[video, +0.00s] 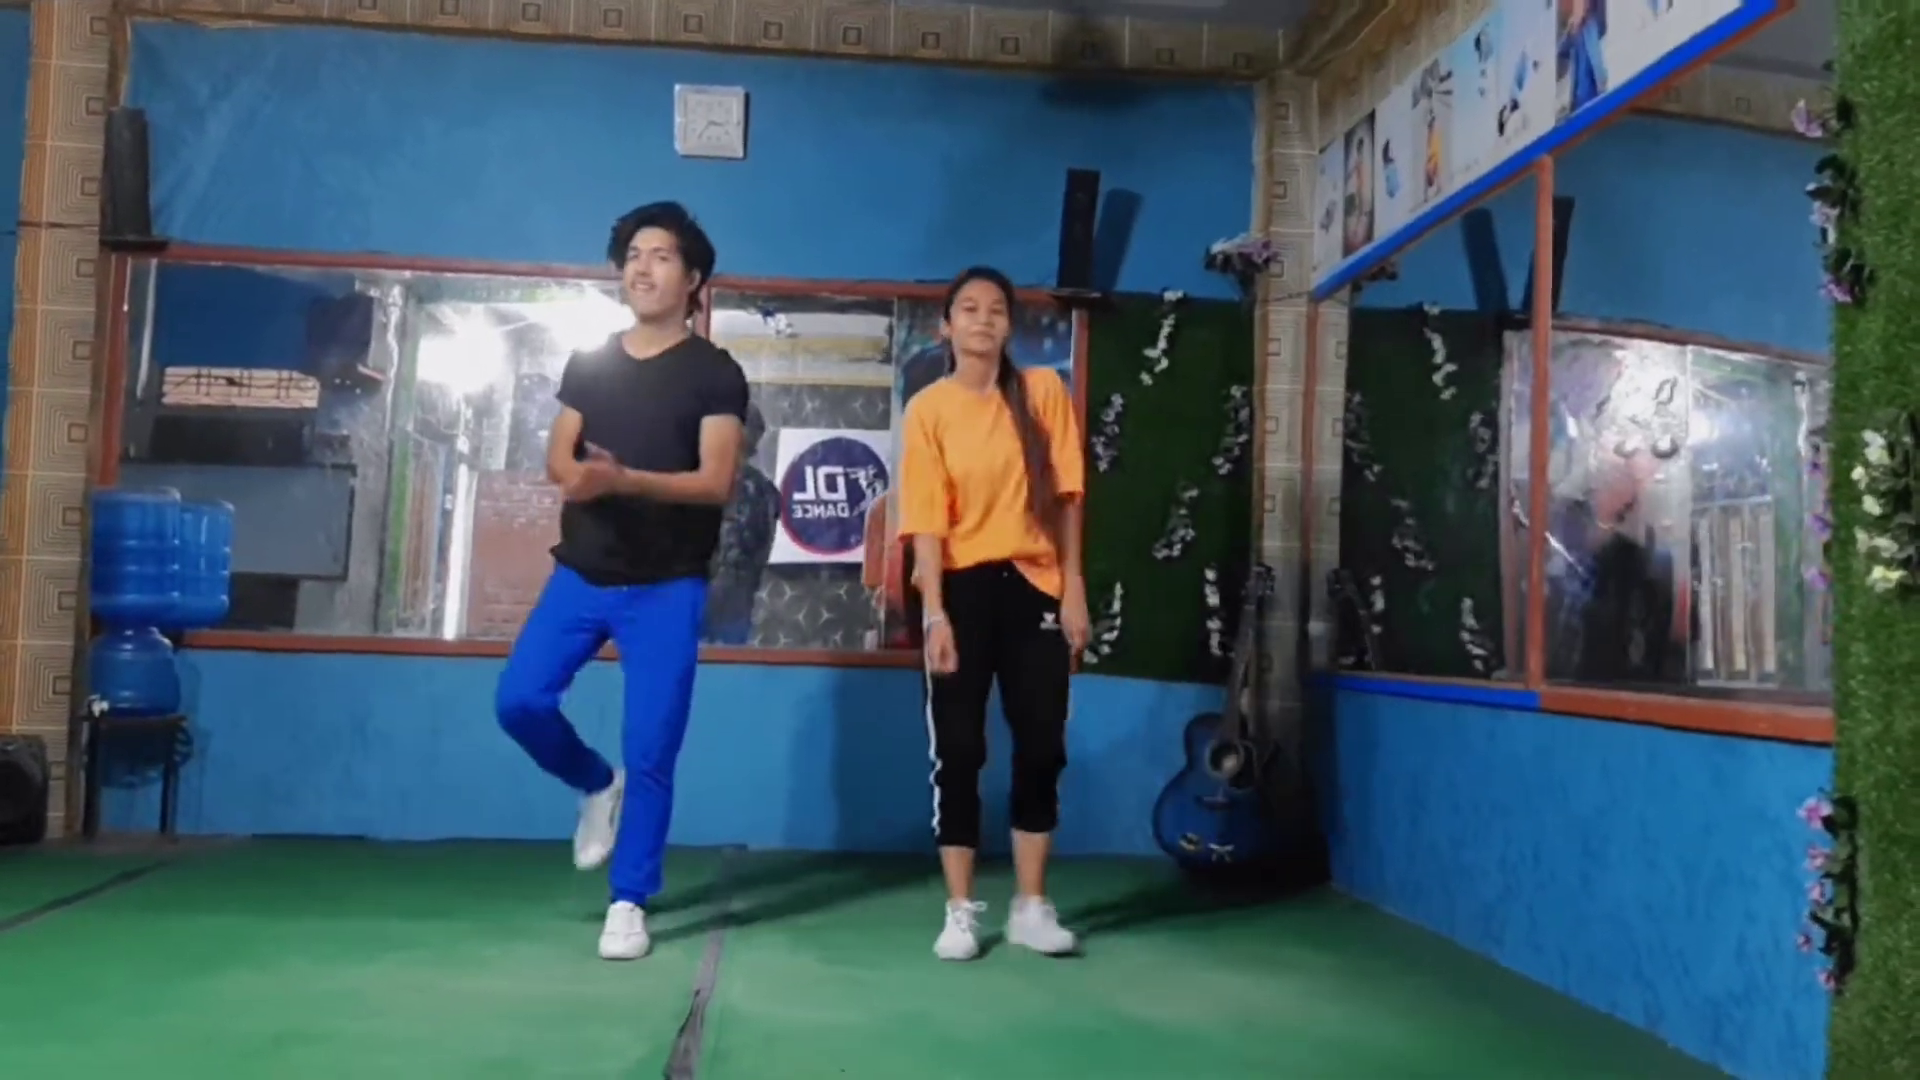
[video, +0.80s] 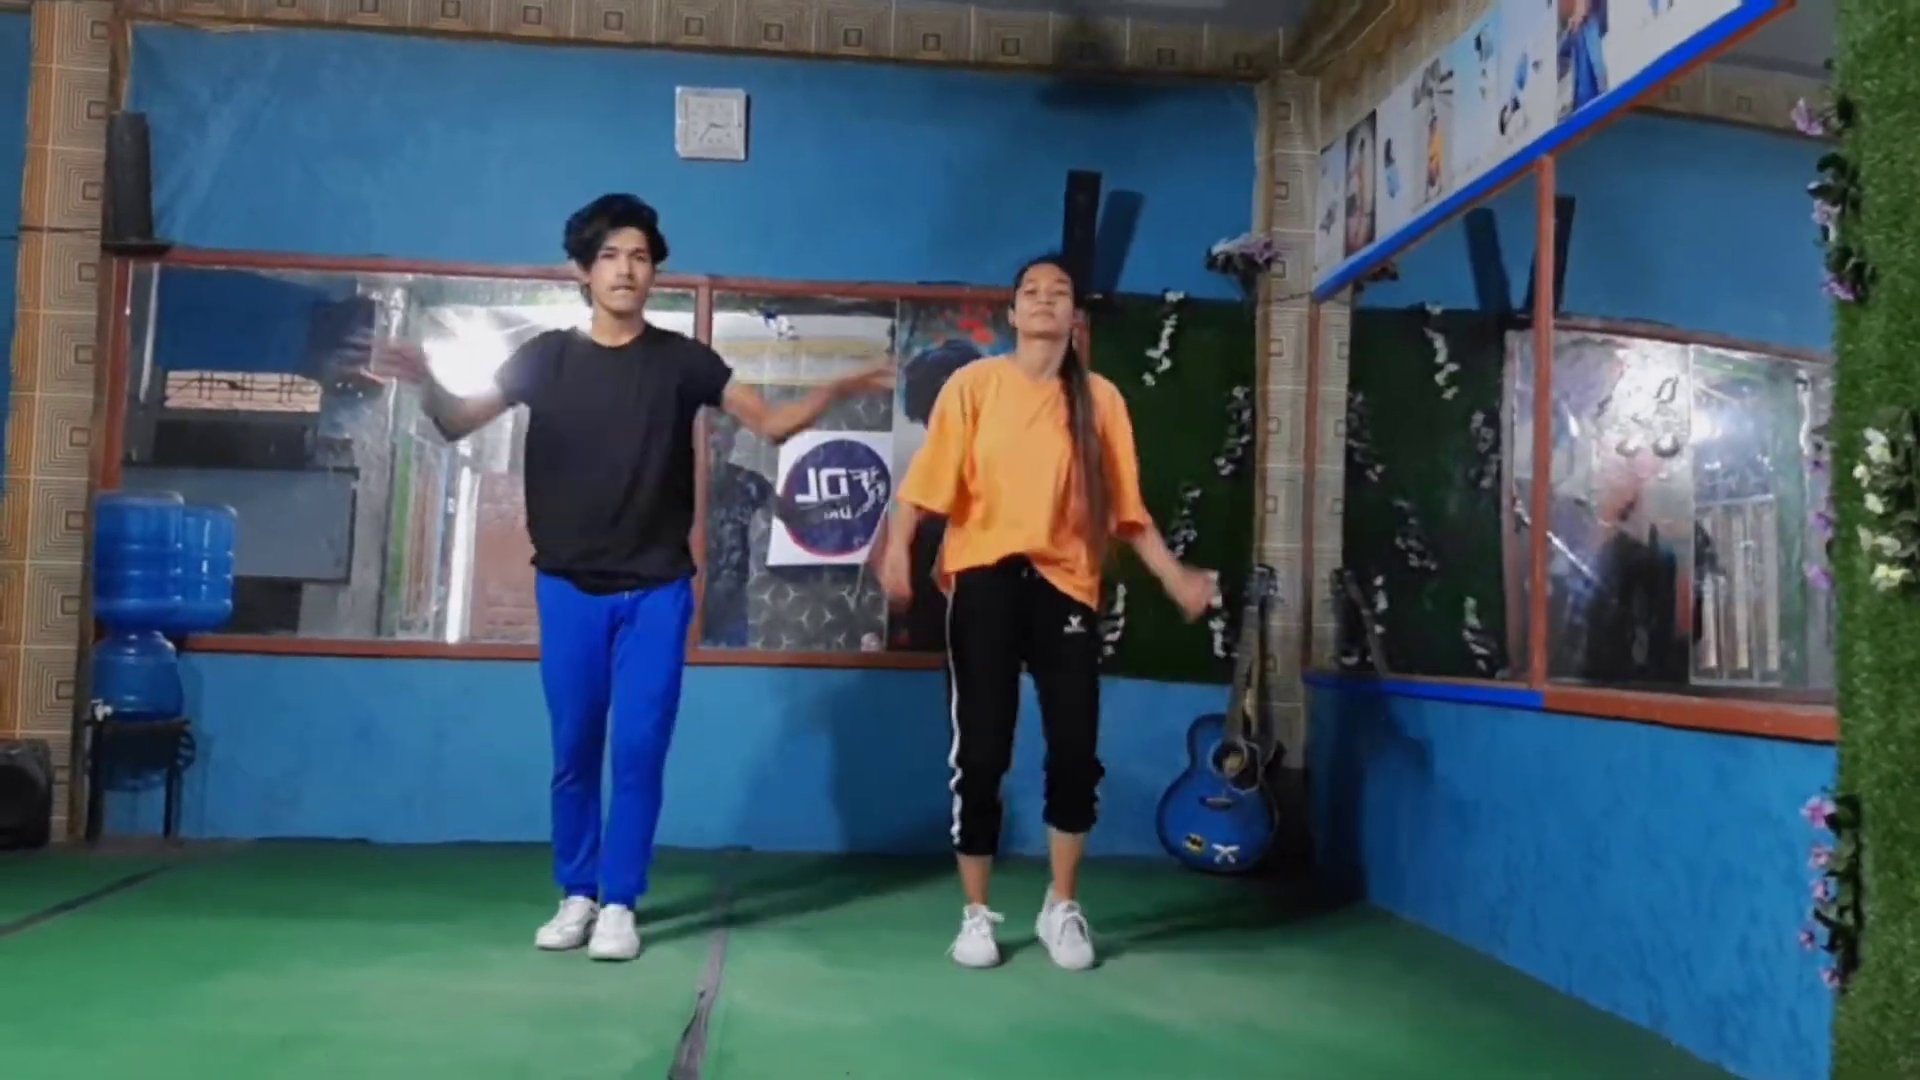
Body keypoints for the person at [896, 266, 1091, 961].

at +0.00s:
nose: (983, 321)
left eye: (995, 311)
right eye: (969, 310)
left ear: (1011, 325)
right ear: (947, 324)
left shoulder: (1044, 390)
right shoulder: (928, 409)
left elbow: (1069, 498)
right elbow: (925, 524)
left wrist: (1073, 589)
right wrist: (934, 615)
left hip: (1037, 587)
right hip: (960, 588)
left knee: (1040, 750)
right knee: (958, 752)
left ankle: (1030, 907)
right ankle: (960, 910)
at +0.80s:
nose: (1042, 302)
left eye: (1057, 294)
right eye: (1031, 292)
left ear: (1076, 318)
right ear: (1012, 311)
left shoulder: (1100, 398)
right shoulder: (972, 383)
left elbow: (1127, 509)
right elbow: (926, 479)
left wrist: (1177, 575)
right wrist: (896, 544)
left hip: (1067, 585)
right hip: (982, 581)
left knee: (1075, 747)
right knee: (980, 749)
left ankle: (1062, 905)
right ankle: (977, 912)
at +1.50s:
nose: (1103, 360)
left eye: (1114, 346)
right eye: (1089, 349)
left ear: (1139, 352)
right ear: (1075, 360)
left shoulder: (1169, 435)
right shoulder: (1050, 417)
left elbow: (1183, 545)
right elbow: (1016, 512)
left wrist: (1256, 566)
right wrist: (964, 499)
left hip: (1125, 616)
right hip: (1044, 610)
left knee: (1144, 766)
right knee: (988, 741)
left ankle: (1156, 906)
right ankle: (979, 910)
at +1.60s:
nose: (1102, 336)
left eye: (1114, 322)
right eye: (1089, 325)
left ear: (1137, 331)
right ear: (1074, 337)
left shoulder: (1170, 410)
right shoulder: (1043, 394)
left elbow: (1233, 506)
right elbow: (969, 464)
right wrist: (962, 429)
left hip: (1123, 597)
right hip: (1040, 588)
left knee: (1145, 759)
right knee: (976, 691)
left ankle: (1155, 900)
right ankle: (1002, 846)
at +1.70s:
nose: (1096, 317)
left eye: (1109, 305)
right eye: (1083, 305)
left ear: (1131, 315)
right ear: (1068, 316)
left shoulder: (1157, 383)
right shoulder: (1032, 375)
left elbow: (1234, 448)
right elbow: (948, 416)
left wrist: (1154, 427)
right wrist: (1016, 459)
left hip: (1112, 571)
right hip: (1028, 563)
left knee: (1126, 721)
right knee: (994, 687)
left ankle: (1114, 862)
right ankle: (1011, 834)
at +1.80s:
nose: (1084, 323)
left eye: (1097, 311)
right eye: (1071, 312)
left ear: (1119, 323)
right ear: (1055, 324)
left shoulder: (1147, 391)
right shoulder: (1029, 401)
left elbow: (1165, 486)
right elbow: (989, 508)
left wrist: (1114, 447)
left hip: (1106, 582)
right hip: (1029, 578)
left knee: (1075, 746)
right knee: (1019, 743)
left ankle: (1070, 890)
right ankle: (1018, 899)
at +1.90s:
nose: (1060, 343)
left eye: (1073, 332)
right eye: (1049, 333)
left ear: (1097, 347)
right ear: (1035, 348)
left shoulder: (1128, 399)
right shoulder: (1016, 426)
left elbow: (1150, 482)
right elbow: (996, 526)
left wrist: (1128, 512)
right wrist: (997, 548)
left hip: (1094, 601)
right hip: (1020, 600)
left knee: (1072, 764)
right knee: (1009, 758)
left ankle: (1076, 888)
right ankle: (1021, 901)